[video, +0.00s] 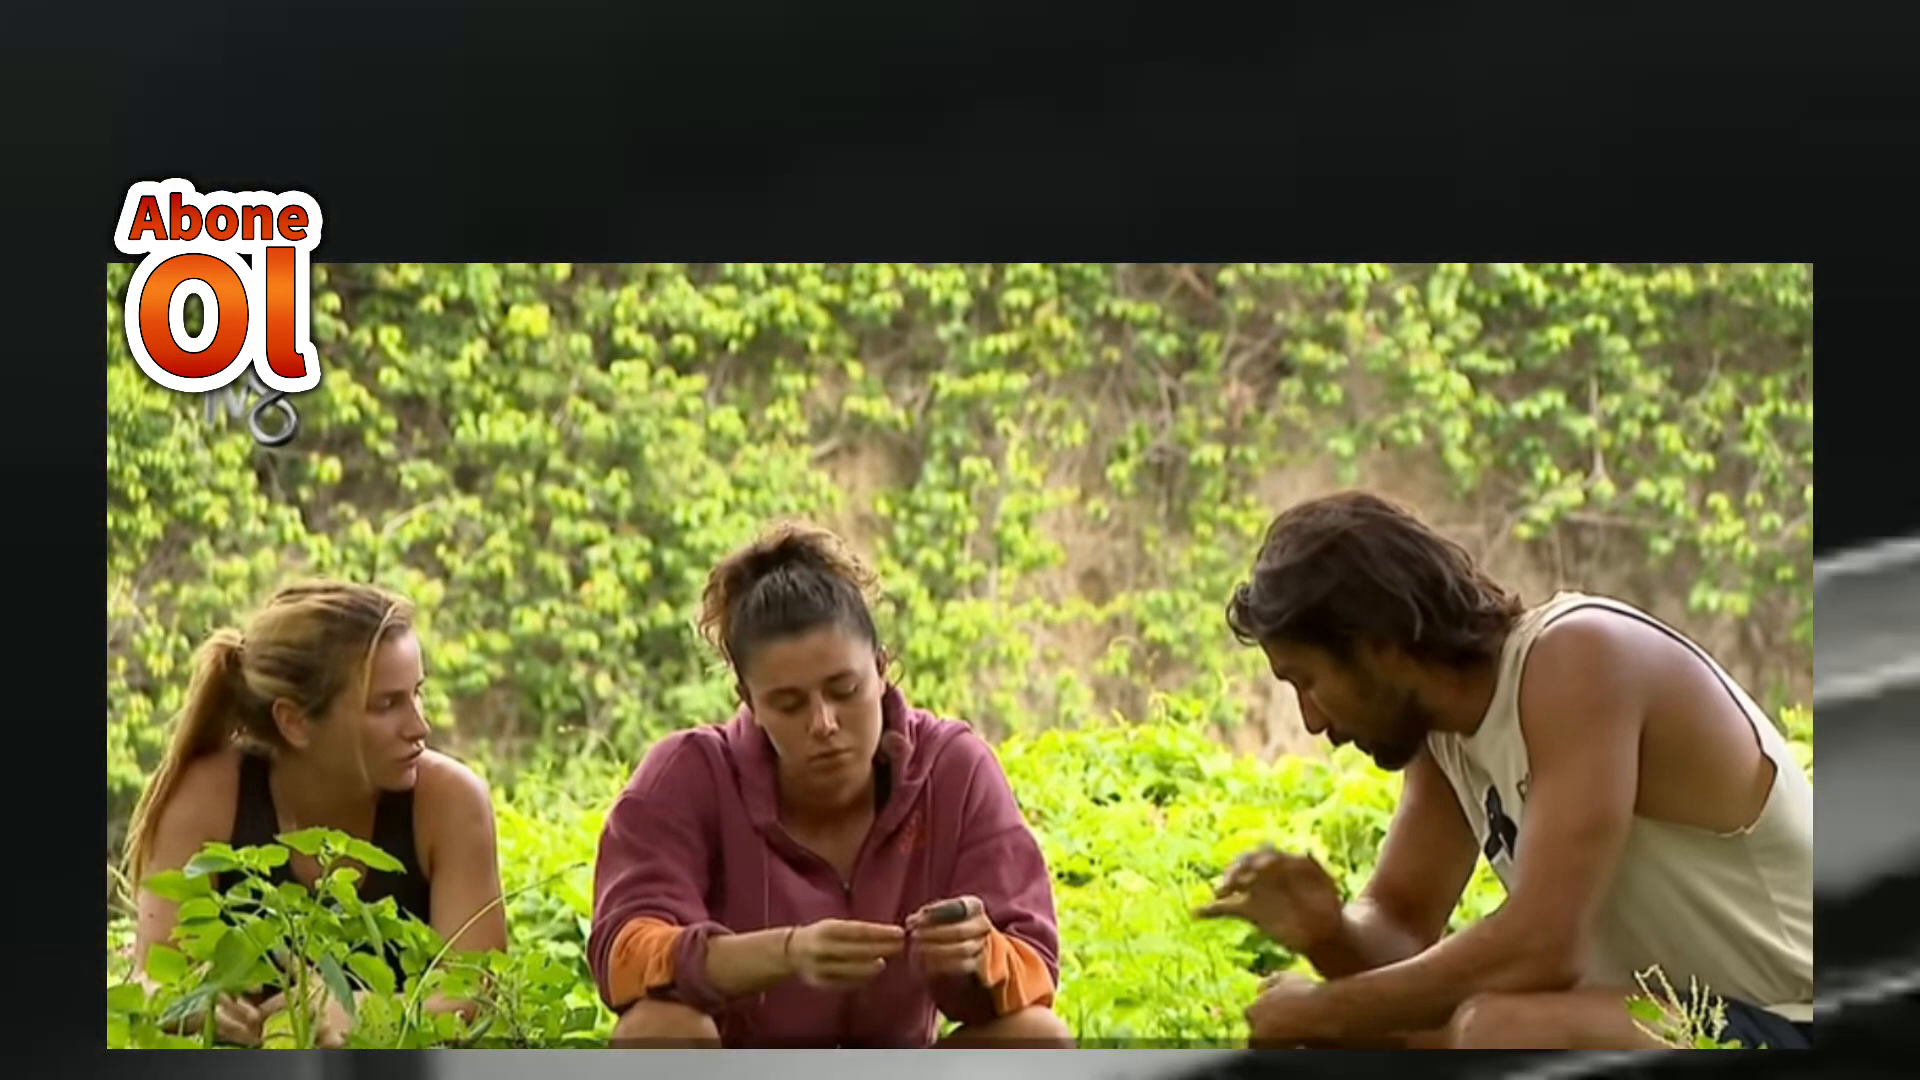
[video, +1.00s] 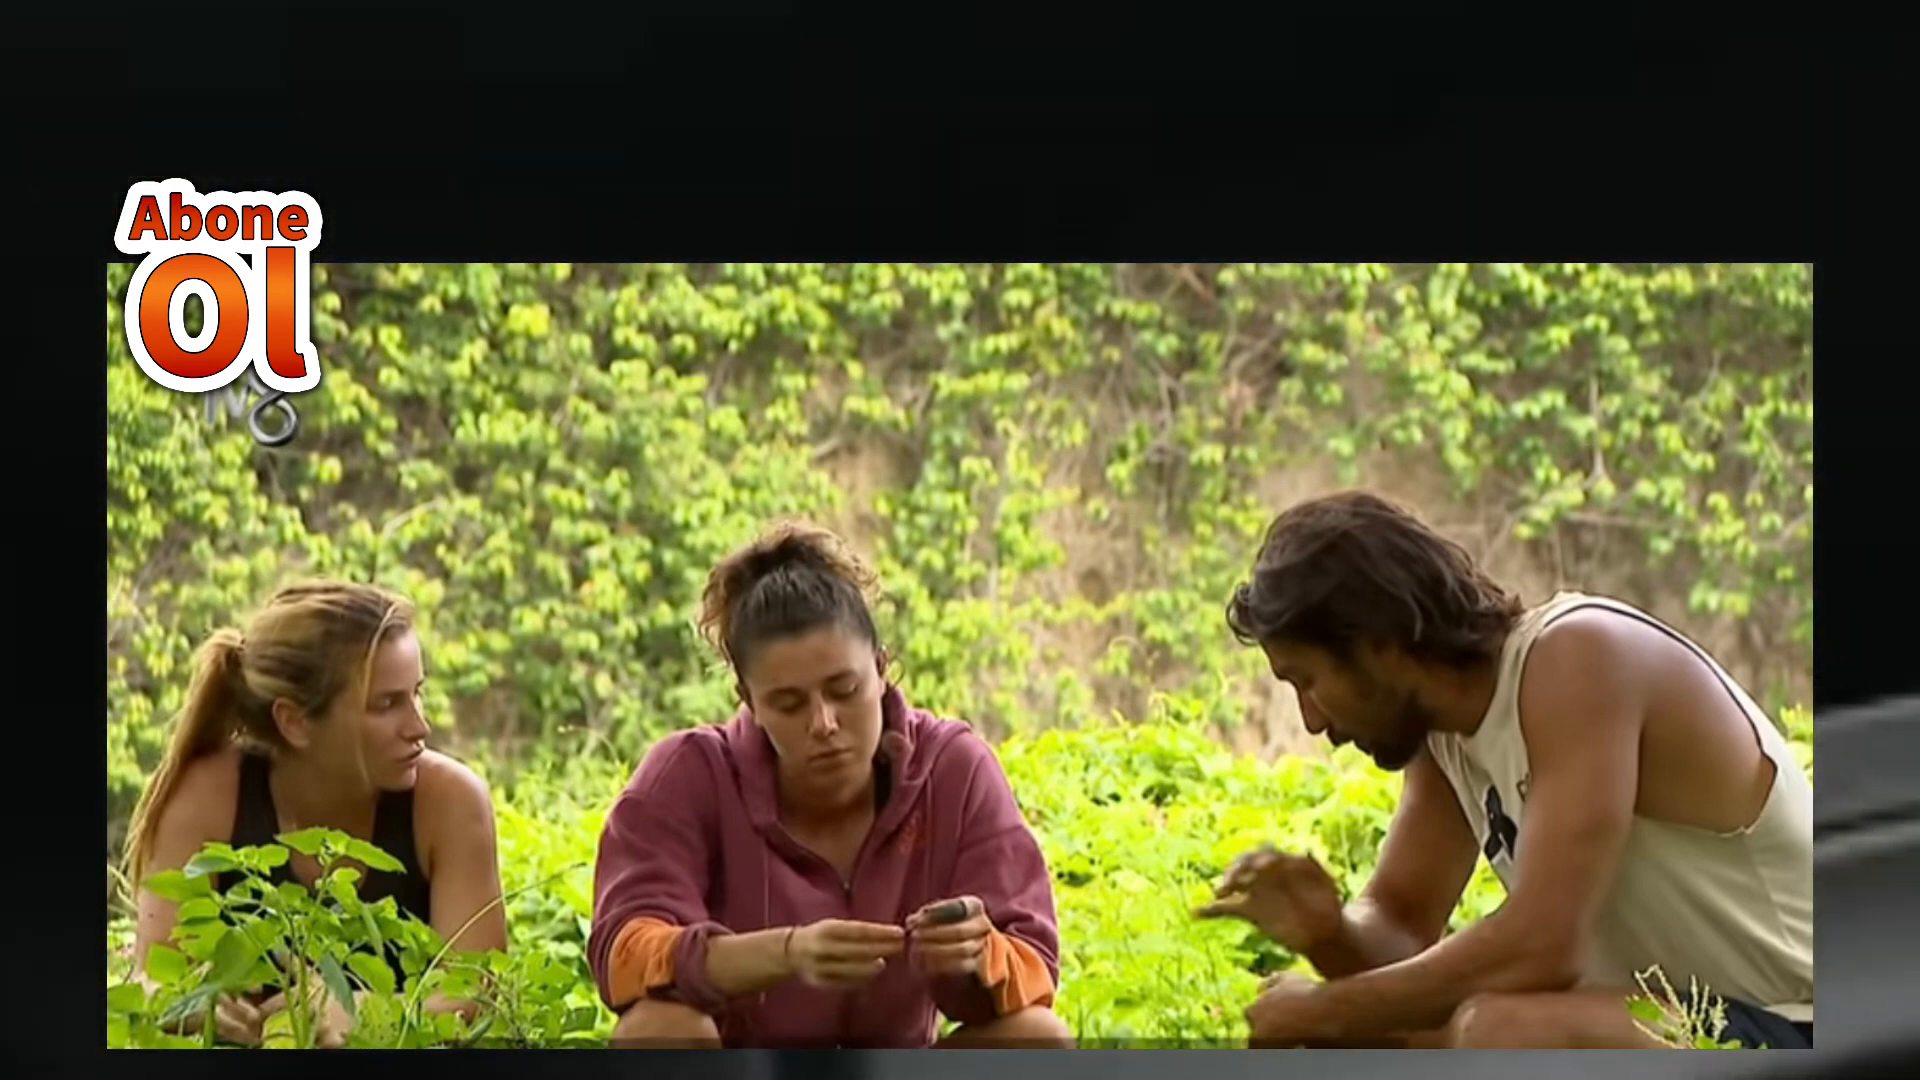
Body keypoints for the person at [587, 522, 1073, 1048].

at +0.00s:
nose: (824, 725)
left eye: (844, 690)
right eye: (789, 703)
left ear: (880, 670)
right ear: (747, 698)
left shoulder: (955, 766)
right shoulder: (687, 774)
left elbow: (1031, 970)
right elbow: (629, 957)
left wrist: (978, 953)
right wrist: (787, 951)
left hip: (898, 1062)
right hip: (738, 1063)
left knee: (1038, 1037)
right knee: (659, 1027)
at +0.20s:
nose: (824, 725)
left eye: (844, 690)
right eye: (789, 703)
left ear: (881, 670)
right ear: (747, 698)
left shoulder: (955, 766)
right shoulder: (687, 773)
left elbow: (1031, 970)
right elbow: (629, 958)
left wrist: (977, 953)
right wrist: (787, 952)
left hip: (897, 1062)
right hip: (737, 1065)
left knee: (1037, 1037)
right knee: (658, 1027)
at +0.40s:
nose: (824, 725)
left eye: (844, 690)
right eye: (789, 703)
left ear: (881, 670)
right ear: (747, 699)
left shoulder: (955, 766)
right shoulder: (687, 773)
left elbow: (1031, 970)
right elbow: (629, 958)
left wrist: (977, 953)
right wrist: (786, 951)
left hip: (896, 1059)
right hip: (737, 1058)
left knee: (1037, 1036)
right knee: (657, 1026)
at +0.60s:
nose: (824, 725)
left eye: (844, 690)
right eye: (789, 703)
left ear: (880, 670)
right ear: (747, 699)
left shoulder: (955, 766)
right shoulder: (687, 773)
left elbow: (1031, 969)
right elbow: (629, 957)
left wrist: (978, 953)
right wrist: (787, 951)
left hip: (898, 1056)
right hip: (740, 1057)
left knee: (1038, 1037)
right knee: (658, 1026)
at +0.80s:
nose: (824, 725)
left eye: (844, 690)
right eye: (789, 703)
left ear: (880, 670)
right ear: (747, 699)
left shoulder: (955, 766)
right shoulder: (687, 773)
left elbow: (1031, 969)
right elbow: (629, 957)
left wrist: (978, 953)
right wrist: (787, 951)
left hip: (897, 1059)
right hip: (739, 1058)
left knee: (1037, 1037)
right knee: (658, 1026)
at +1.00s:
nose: (824, 725)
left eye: (844, 690)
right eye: (789, 703)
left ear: (881, 670)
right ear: (747, 699)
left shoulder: (955, 766)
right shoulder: (687, 773)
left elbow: (1031, 968)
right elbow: (629, 957)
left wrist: (978, 953)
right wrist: (787, 951)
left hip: (896, 1059)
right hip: (739, 1060)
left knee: (1037, 1036)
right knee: (657, 1026)